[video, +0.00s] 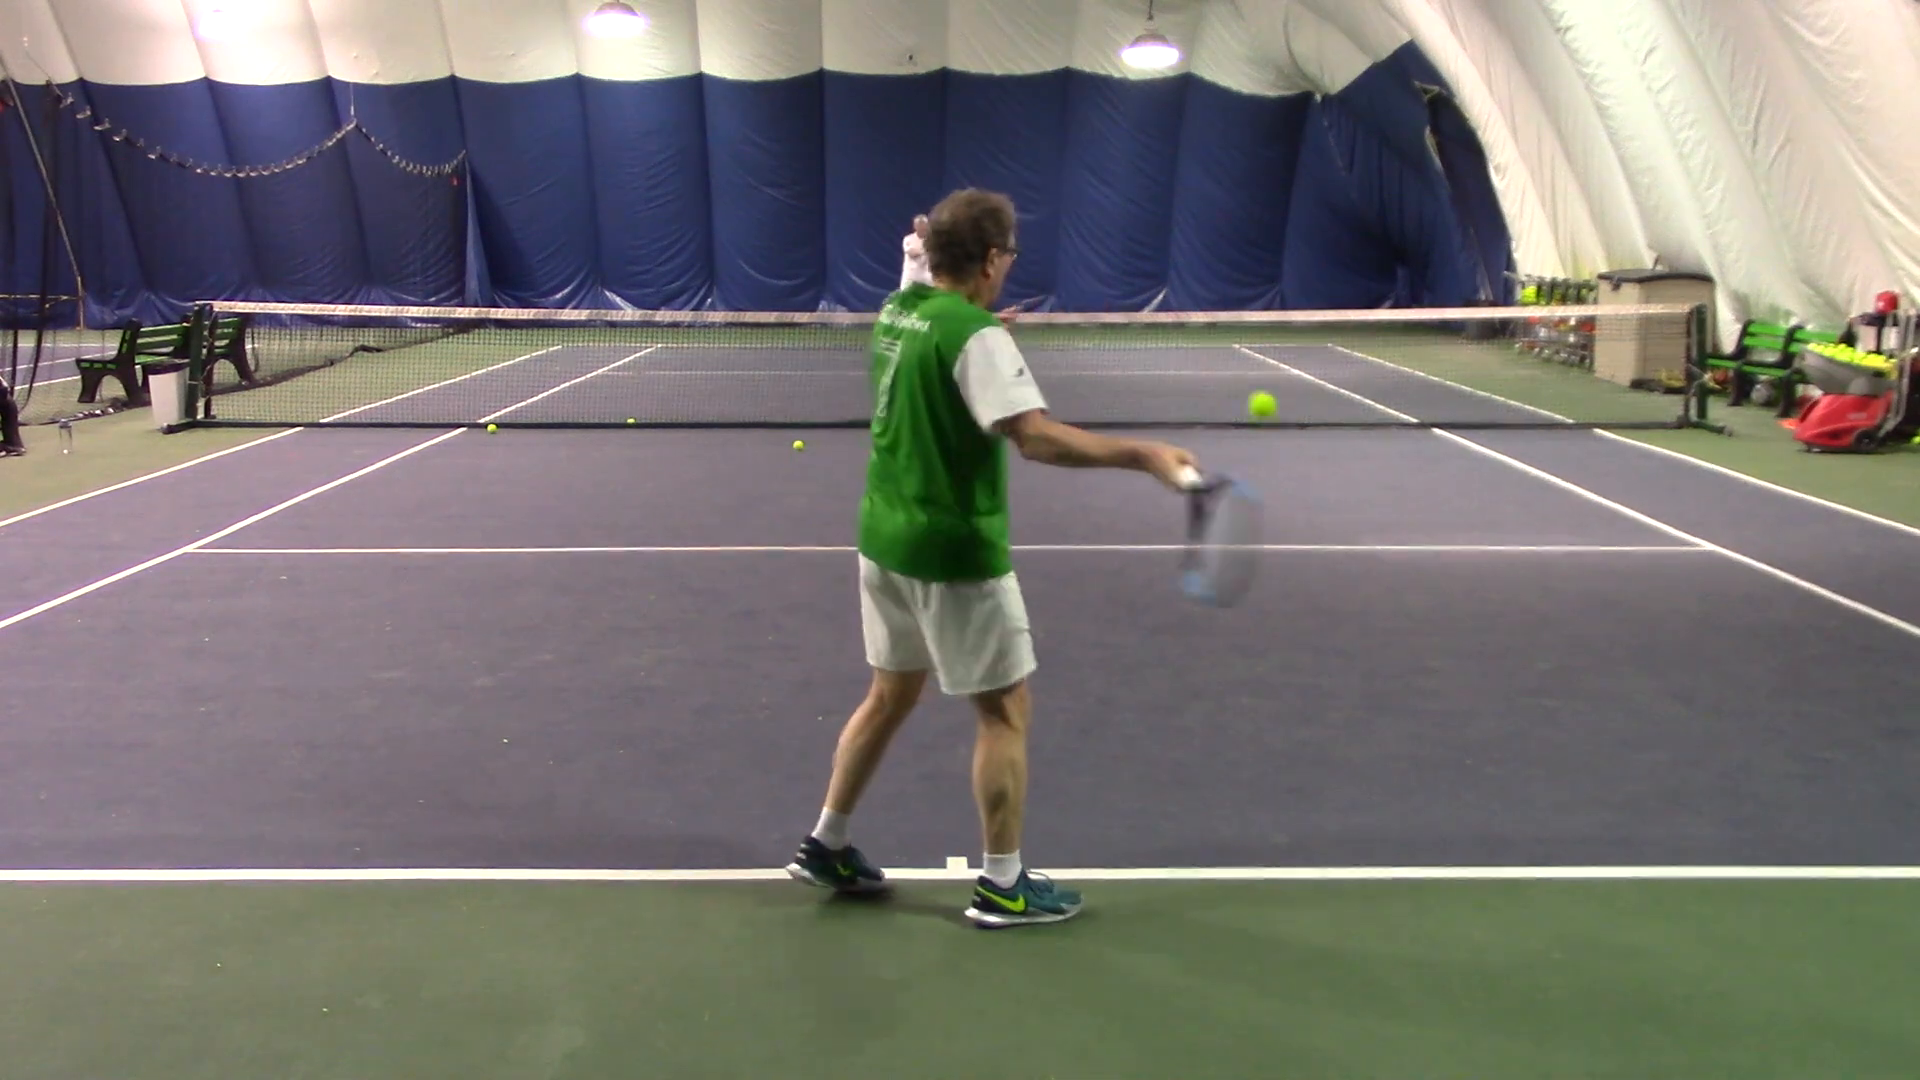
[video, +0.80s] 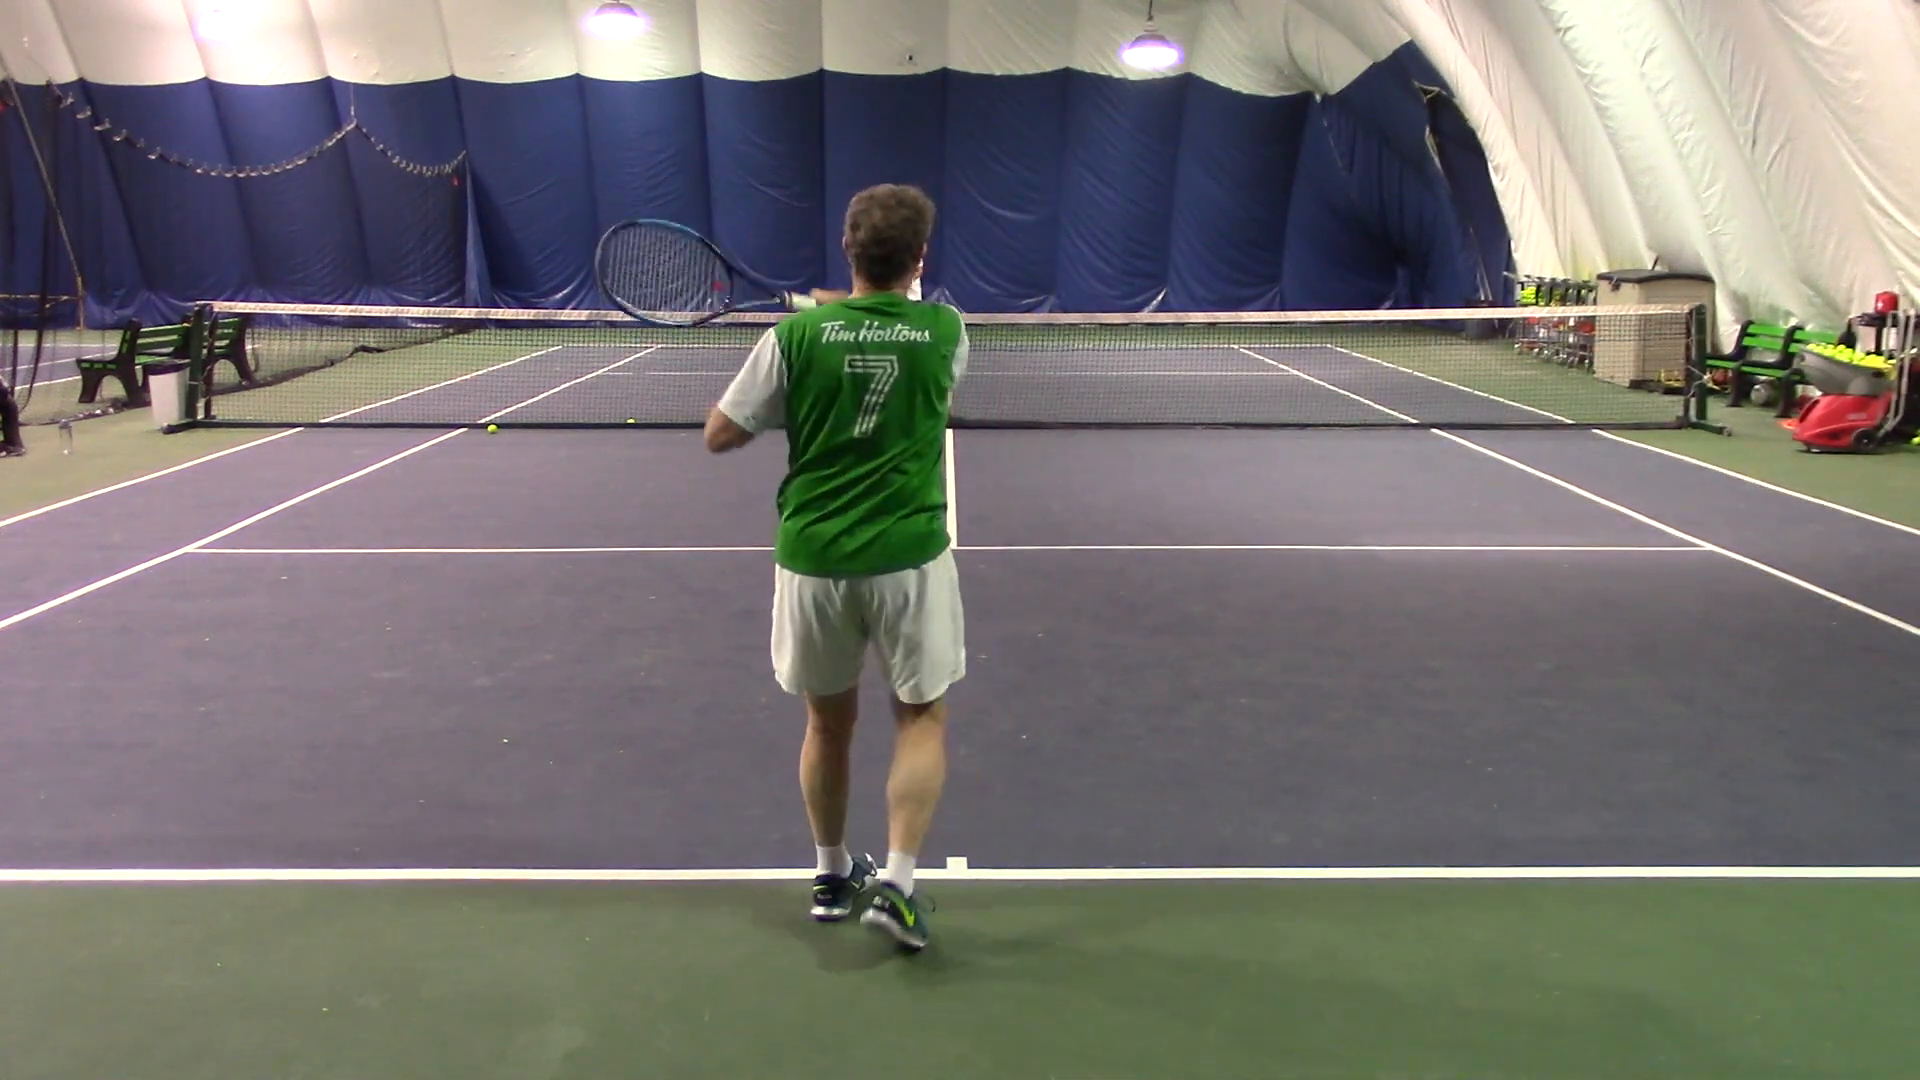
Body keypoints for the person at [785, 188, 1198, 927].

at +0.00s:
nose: (1010, 264)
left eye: (1009, 253)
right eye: (1008, 254)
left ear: (934, 257)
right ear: (989, 260)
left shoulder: (896, 313)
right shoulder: (974, 333)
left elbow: (915, 291)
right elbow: (1035, 437)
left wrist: (925, 264)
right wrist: (1145, 454)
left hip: (883, 538)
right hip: (958, 553)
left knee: (891, 689)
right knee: (1003, 711)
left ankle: (825, 843)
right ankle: (1002, 882)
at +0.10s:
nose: (997, 258)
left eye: (996, 246)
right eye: (994, 247)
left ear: (919, 248)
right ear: (973, 254)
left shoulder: (878, 306)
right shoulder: (980, 327)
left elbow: (912, 262)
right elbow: (1036, 429)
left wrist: (940, 257)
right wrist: (1095, 408)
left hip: (887, 539)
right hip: (967, 555)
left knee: (888, 690)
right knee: (999, 711)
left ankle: (839, 849)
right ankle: (1003, 881)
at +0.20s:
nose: (989, 260)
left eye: (987, 251)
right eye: (987, 252)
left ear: (907, 252)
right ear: (975, 262)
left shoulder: (863, 311)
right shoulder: (984, 324)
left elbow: (870, 294)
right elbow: (1031, 382)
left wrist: (927, 281)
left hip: (883, 540)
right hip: (967, 550)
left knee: (877, 702)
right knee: (997, 710)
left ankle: (842, 862)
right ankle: (1002, 882)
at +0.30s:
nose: (989, 266)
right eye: (985, 260)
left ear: (906, 259)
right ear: (973, 271)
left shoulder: (858, 321)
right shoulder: (986, 328)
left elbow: (820, 300)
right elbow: (986, 281)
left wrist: (902, 269)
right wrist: (921, 243)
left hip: (870, 543)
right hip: (958, 548)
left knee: (861, 711)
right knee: (991, 711)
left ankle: (839, 871)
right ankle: (1000, 882)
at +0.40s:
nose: (982, 260)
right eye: (980, 255)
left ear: (899, 258)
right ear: (967, 268)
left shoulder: (847, 323)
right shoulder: (979, 325)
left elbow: (793, 312)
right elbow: (933, 250)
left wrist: (811, 311)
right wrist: (848, 213)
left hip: (851, 547)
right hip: (944, 551)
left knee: (846, 714)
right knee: (979, 715)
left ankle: (836, 874)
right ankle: (1000, 882)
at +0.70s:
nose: (936, 259)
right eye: (936, 250)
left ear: (863, 253)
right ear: (930, 260)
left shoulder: (803, 326)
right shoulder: (944, 321)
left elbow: (708, 394)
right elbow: (887, 294)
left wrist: (755, 351)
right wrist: (818, 275)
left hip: (817, 556)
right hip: (913, 553)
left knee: (829, 719)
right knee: (951, 706)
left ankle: (832, 875)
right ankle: (941, 872)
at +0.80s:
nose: (924, 257)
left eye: (863, 242)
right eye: (924, 248)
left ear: (848, 254)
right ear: (920, 259)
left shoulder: (797, 334)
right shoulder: (944, 329)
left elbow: (721, 434)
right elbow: (930, 380)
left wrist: (794, 375)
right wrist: (842, 317)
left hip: (814, 559)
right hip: (911, 557)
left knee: (827, 719)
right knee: (920, 715)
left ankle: (829, 875)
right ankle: (898, 883)